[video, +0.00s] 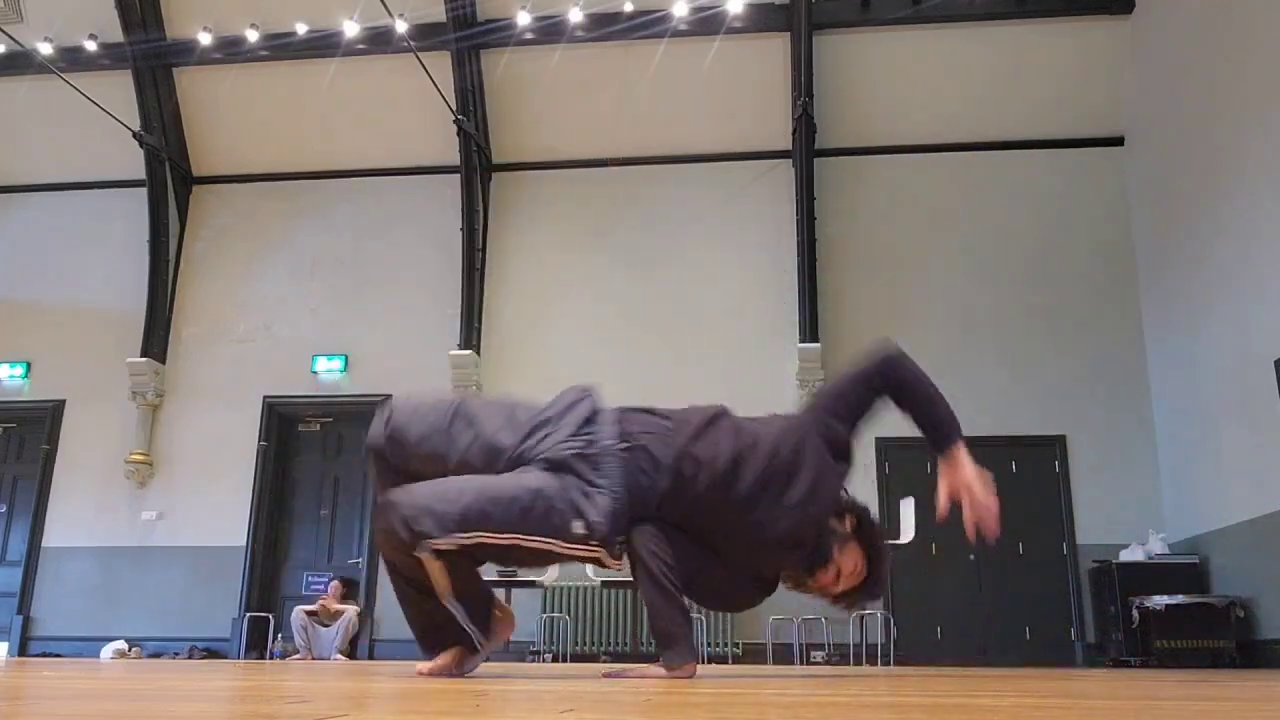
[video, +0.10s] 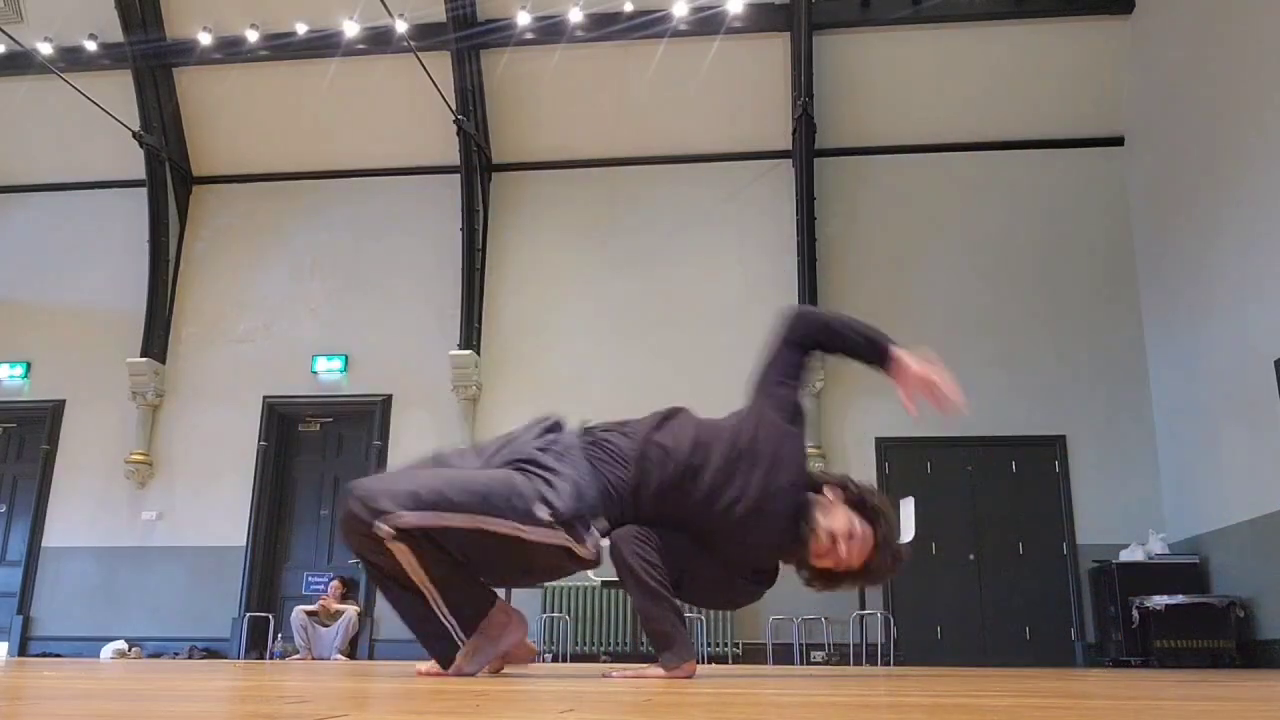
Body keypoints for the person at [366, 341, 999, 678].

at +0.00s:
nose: (829, 582)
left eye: (837, 588)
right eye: (843, 570)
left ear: (829, 590)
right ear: (850, 531)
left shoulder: (741, 587)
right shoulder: (820, 449)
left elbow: (650, 540)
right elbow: (890, 361)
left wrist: (680, 656)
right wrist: (955, 449)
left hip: (599, 503)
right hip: (582, 419)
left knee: (401, 517)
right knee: (396, 428)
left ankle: (484, 620)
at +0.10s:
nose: (843, 546)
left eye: (852, 560)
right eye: (855, 530)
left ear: (835, 574)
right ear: (841, 496)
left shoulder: (743, 579)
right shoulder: (780, 429)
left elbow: (634, 546)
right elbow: (802, 326)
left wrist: (676, 652)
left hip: (573, 512)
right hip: (558, 446)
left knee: (375, 509)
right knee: (366, 508)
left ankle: (490, 621)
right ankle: (478, 634)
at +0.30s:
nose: (778, 511)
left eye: (792, 529)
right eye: (791, 499)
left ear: (782, 559)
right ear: (779, 483)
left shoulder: (711, 584)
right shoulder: (711, 467)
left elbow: (613, 553)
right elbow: (668, 393)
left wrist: (676, 656)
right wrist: (738, 339)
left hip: (523, 506)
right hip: (517, 463)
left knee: (313, 514)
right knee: (316, 512)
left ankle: (467, 617)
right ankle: (483, 625)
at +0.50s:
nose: (735, 543)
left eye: (748, 560)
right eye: (749, 543)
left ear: (732, 605)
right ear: (734, 541)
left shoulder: (667, 560)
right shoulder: (668, 557)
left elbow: (632, 549)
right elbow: (611, 513)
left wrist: (676, 663)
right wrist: (660, 470)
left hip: (490, 500)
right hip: (485, 499)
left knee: (288, 525)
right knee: (294, 522)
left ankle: (463, 611)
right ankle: (476, 612)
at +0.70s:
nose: (728, 580)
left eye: (737, 596)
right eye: (742, 588)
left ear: (726, 621)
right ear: (728, 631)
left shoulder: (678, 619)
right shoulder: (641, 641)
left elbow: (688, 534)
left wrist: (690, 657)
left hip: (495, 511)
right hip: (489, 500)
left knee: (293, 515)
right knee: (294, 514)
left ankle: (459, 610)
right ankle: (472, 615)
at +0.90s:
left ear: (750, 619)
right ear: (770, 667)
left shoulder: (706, 592)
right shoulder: (648, 654)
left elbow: (755, 544)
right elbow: (543, 654)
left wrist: (713, 656)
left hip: (528, 530)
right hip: (524, 559)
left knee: (327, 499)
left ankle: (463, 615)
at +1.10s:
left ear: (776, 612)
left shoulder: (729, 581)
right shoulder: (675, 648)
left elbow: (814, 551)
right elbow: (578, 656)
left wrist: (768, 656)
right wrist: (676, 665)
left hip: (562, 537)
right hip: (564, 571)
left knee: (373, 499)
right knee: (529, 491)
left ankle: (461, 626)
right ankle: (494, 639)